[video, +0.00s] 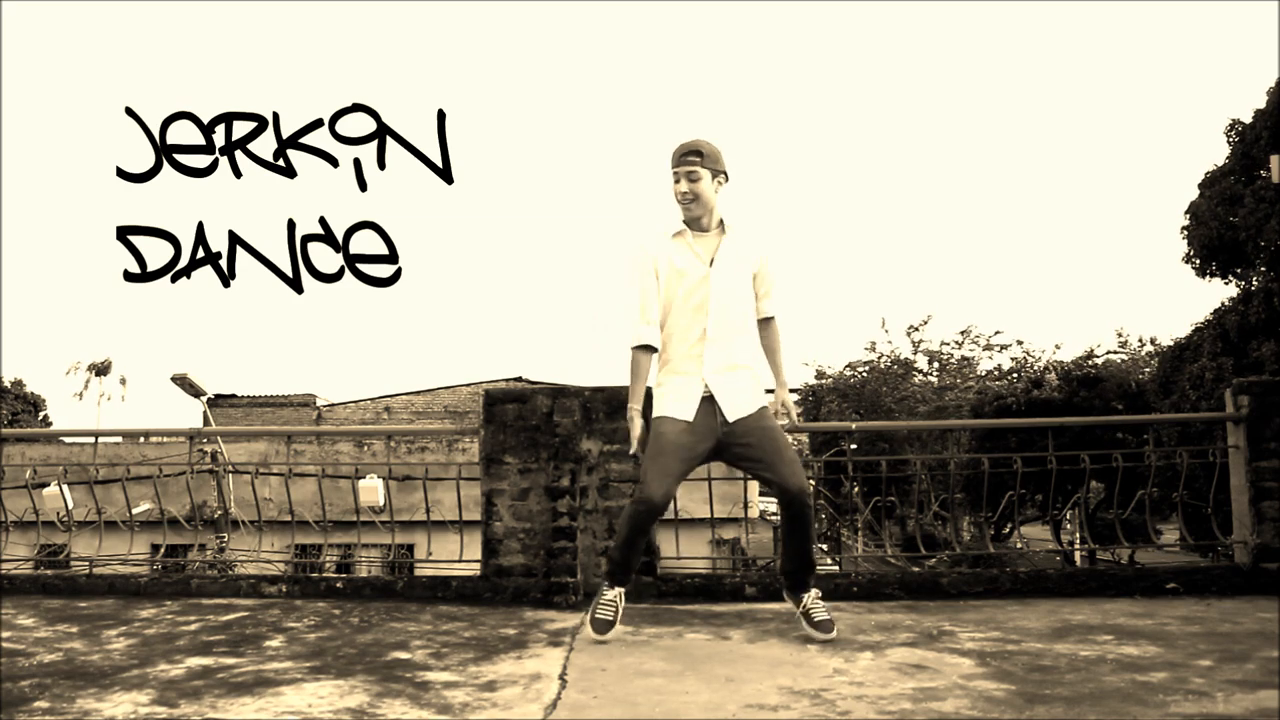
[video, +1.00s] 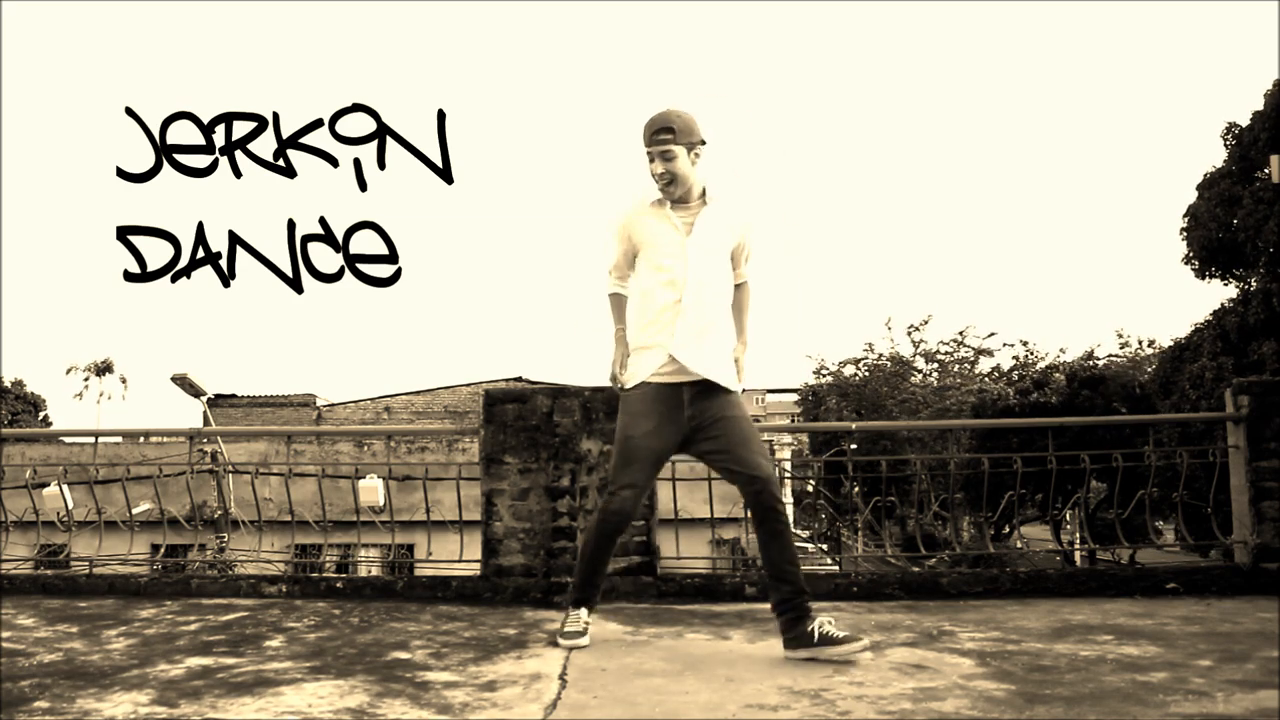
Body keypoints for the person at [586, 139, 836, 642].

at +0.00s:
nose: (683, 188)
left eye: (693, 177)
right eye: (677, 180)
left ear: (719, 182)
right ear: (672, 188)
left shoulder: (748, 250)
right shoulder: (657, 257)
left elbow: (767, 322)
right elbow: (645, 340)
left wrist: (781, 385)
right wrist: (634, 410)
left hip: (745, 396)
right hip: (679, 398)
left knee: (797, 489)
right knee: (651, 496)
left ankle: (801, 588)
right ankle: (614, 585)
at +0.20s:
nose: (675, 214)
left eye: (685, 204)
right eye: (668, 204)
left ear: (709, 206)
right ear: (662, 207)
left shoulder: (740, 270)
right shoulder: (647, 274)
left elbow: (770, 349)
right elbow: (604, 329)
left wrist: (798, 418)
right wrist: (623, 353)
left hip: (743, 421)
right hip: (675, 427)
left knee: (795, 515)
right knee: (649, 536)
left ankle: (820, 602)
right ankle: (625, 612)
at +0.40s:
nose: (718, 203)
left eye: (728, 193)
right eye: (710, 194)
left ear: (751, 197)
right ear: (703, 200)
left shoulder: (778, 271)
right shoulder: (681, 271)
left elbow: (826, 335)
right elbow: (662, 346)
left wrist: (881, 387)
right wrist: (615, 333)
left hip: (767, 411)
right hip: (701, 415)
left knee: (808, 509)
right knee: (680, 517)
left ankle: (815, 617)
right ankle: (626, 596)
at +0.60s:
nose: (747, 186)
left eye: (758, 176)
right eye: (741, 177)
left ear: (783, 180)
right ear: (733, 182)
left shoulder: (799, 252)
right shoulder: (708, 244)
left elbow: (797, 314)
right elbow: (698, 318)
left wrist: (773, 347)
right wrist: (743, 351)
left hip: (777, 389)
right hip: (719, 389)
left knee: (821, 499)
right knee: (728, 491)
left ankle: (817, 616)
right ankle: (763, 491)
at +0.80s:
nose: (719, 156)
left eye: (729, 146)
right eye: (713, 148)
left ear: (757, 149)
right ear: (708, 155)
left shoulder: (784, 224)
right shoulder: (686, 216)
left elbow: (802, 303)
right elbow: (658, 288)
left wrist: (806, 369)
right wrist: (674, 350)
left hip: (772, 384)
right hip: (705, 379)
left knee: (809, 486)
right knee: (679, 488)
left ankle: (796, 616)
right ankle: (657, 553)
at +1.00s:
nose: (658, 167)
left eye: (666, 155)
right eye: (651, 158)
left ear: (697, 154)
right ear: (647, 161)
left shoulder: (730, 218)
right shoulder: (636, 220)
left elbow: (742, 287)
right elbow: (618, 284)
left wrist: (741, 347)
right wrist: (621, 346)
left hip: (715, 387)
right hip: (648, 386)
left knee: (764, 489)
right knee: (621, 501)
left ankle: (797, 624)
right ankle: (578, 609)